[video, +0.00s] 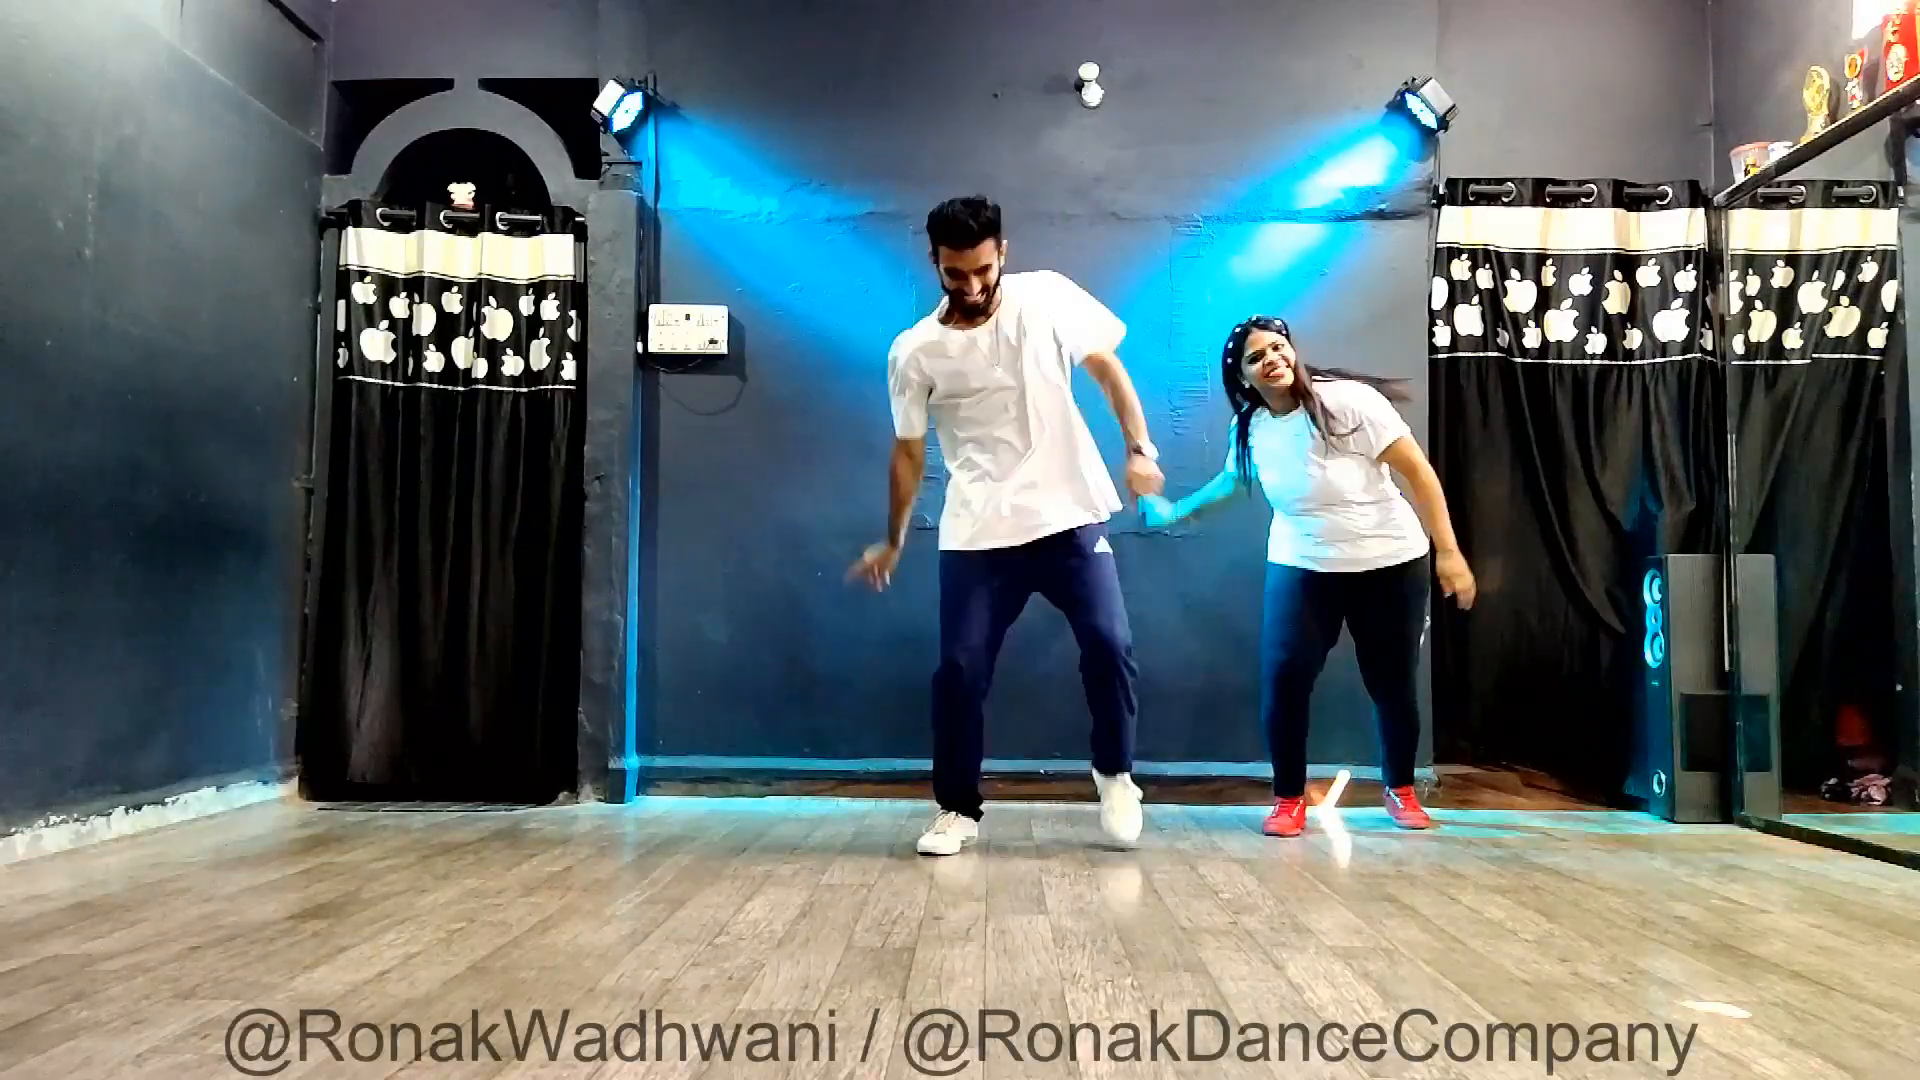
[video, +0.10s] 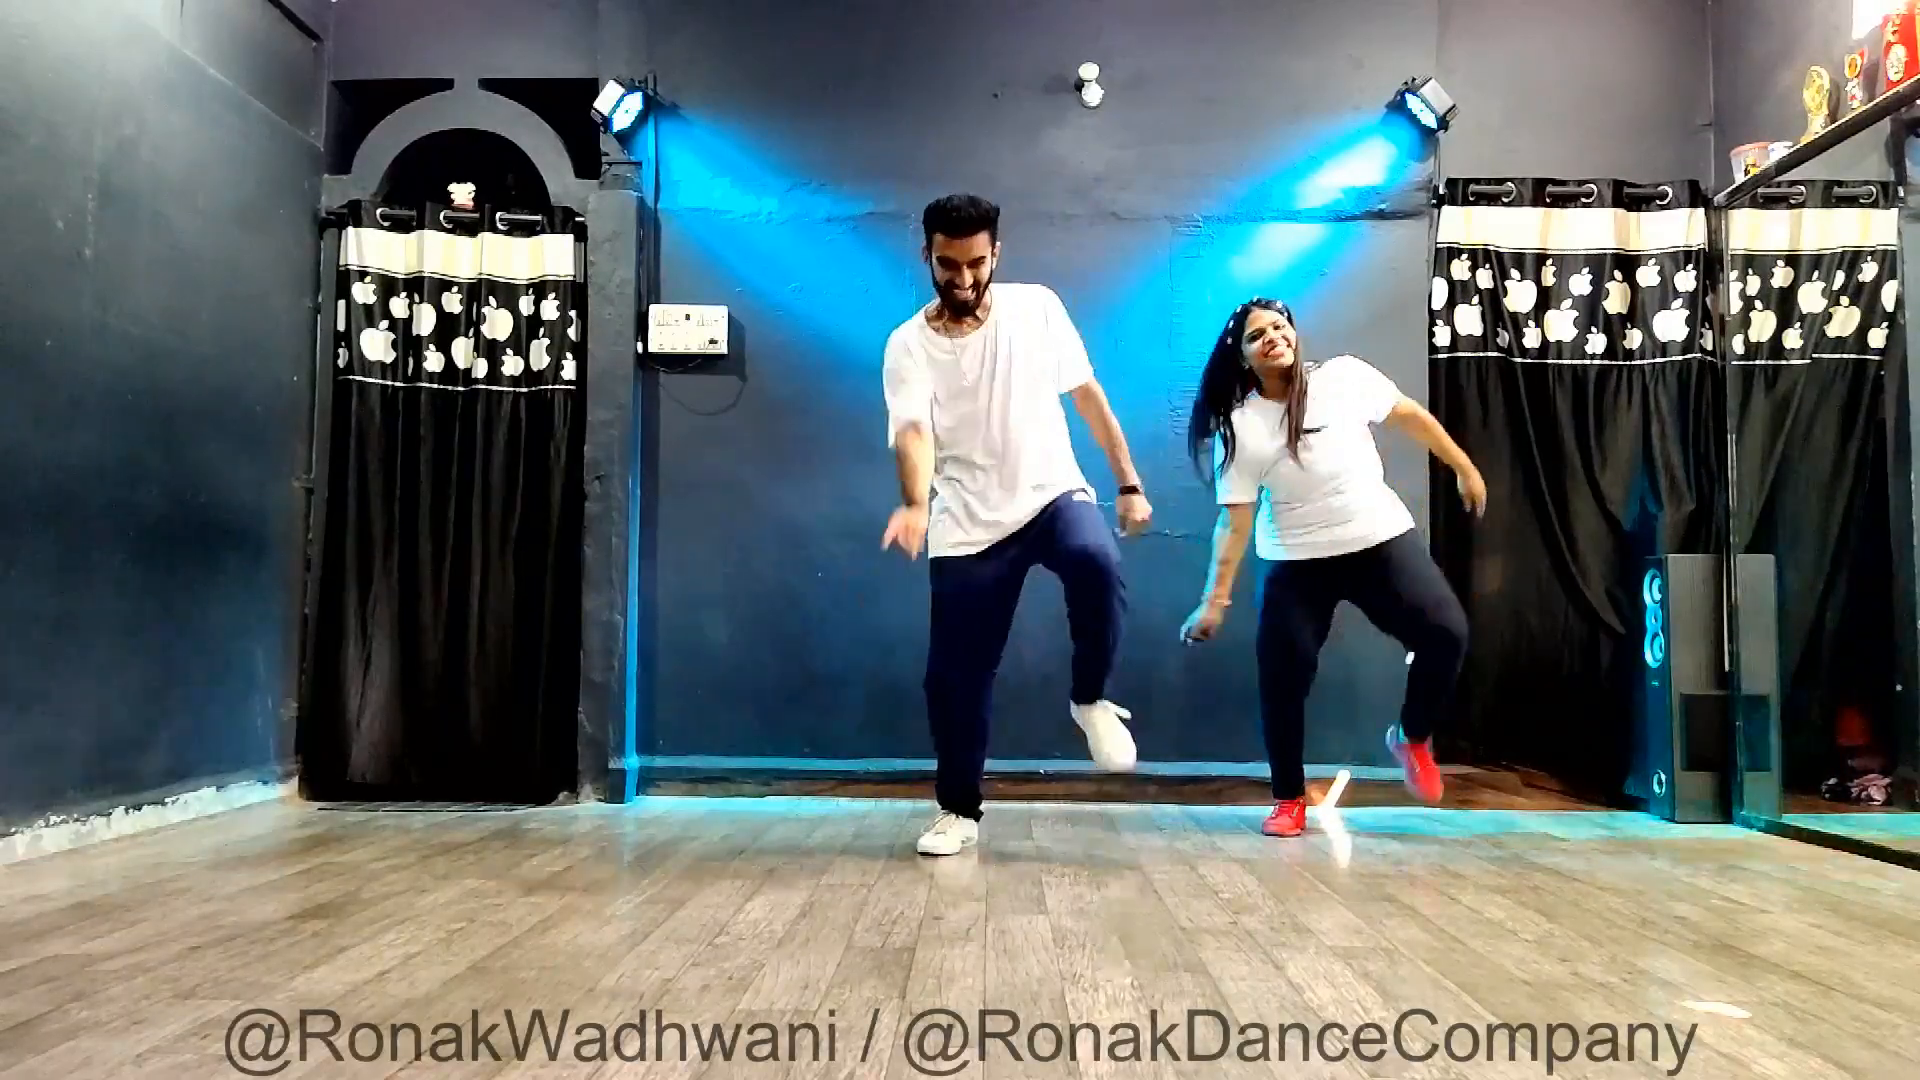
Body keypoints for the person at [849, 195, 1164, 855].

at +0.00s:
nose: (972, 287)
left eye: (983, 270)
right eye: (956, 274)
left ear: (1002, 253)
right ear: (935, 263)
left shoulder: (1044, 297)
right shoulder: (914, 352)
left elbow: (1109, 369)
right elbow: (908, 452)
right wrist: (893, 542)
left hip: (1068, 514)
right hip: (977, 530)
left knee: (1111, 643)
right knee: (959, 669)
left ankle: (1115, 775)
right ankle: (957, 812)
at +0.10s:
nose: (963, 279)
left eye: (975, 265)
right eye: (949, 265)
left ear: (995, 255)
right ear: (929, 258)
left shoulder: (1036, 308)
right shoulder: (908, 344)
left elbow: (1086, 395)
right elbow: (913, 430)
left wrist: (1129, 483)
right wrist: (915, 503)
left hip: (1053, 495)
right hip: (967, 519)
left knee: (1094, 558)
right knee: (955, 674)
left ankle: (1092, 701)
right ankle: (959, 812)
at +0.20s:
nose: (970, 227)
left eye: (983, 214)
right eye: (957, 214)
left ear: (1002, 214)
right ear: (935, 216)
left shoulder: (1040, 278)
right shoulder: (912, 289)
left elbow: (1072, 374)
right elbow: (916, 349)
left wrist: (1092, 455)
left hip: (1042, 462)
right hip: (966, 486)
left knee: (1089, 483)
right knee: (968, 658)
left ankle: (1068, 643)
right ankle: (961, 804)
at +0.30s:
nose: (989, 170)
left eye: (1003, 159)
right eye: (976, 158)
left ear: (1022, 173)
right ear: (956, 170)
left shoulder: (1047, 249)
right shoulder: (926, 249)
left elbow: (1058, 346)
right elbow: (934, 274)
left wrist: (1074, 428)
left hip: (1037, 440)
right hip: (961, 454)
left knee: (1092, 433)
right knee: (953, 630)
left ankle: (1038, 583)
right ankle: (966, 776)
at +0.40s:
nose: (998, 169)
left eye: (1010, 159)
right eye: (986, 158)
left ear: (1030, 173)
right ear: (966, 170)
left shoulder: (1054, 261)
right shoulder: (936, 252)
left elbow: (1053, 353)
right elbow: (940, 253)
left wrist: (1043, 420)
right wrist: (963, 188)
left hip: (1039, 441)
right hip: (960, 458)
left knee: (1095, 455)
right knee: (957, 639)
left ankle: (1029, 595)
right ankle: (950, 806)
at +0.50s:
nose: (1016, 193)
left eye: (1030, 184)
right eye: (1003, 184)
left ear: (1045, 205)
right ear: (982, 200)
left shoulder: (1065, 283)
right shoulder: (953, 269)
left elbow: (1068, 389)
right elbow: (942, 225)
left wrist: (1059, 467)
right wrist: (1002, 151)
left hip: (1042, 477)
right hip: (959, 488)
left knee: (1098, 531)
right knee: (953, 664)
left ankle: (1041, 713)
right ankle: (947, 819)